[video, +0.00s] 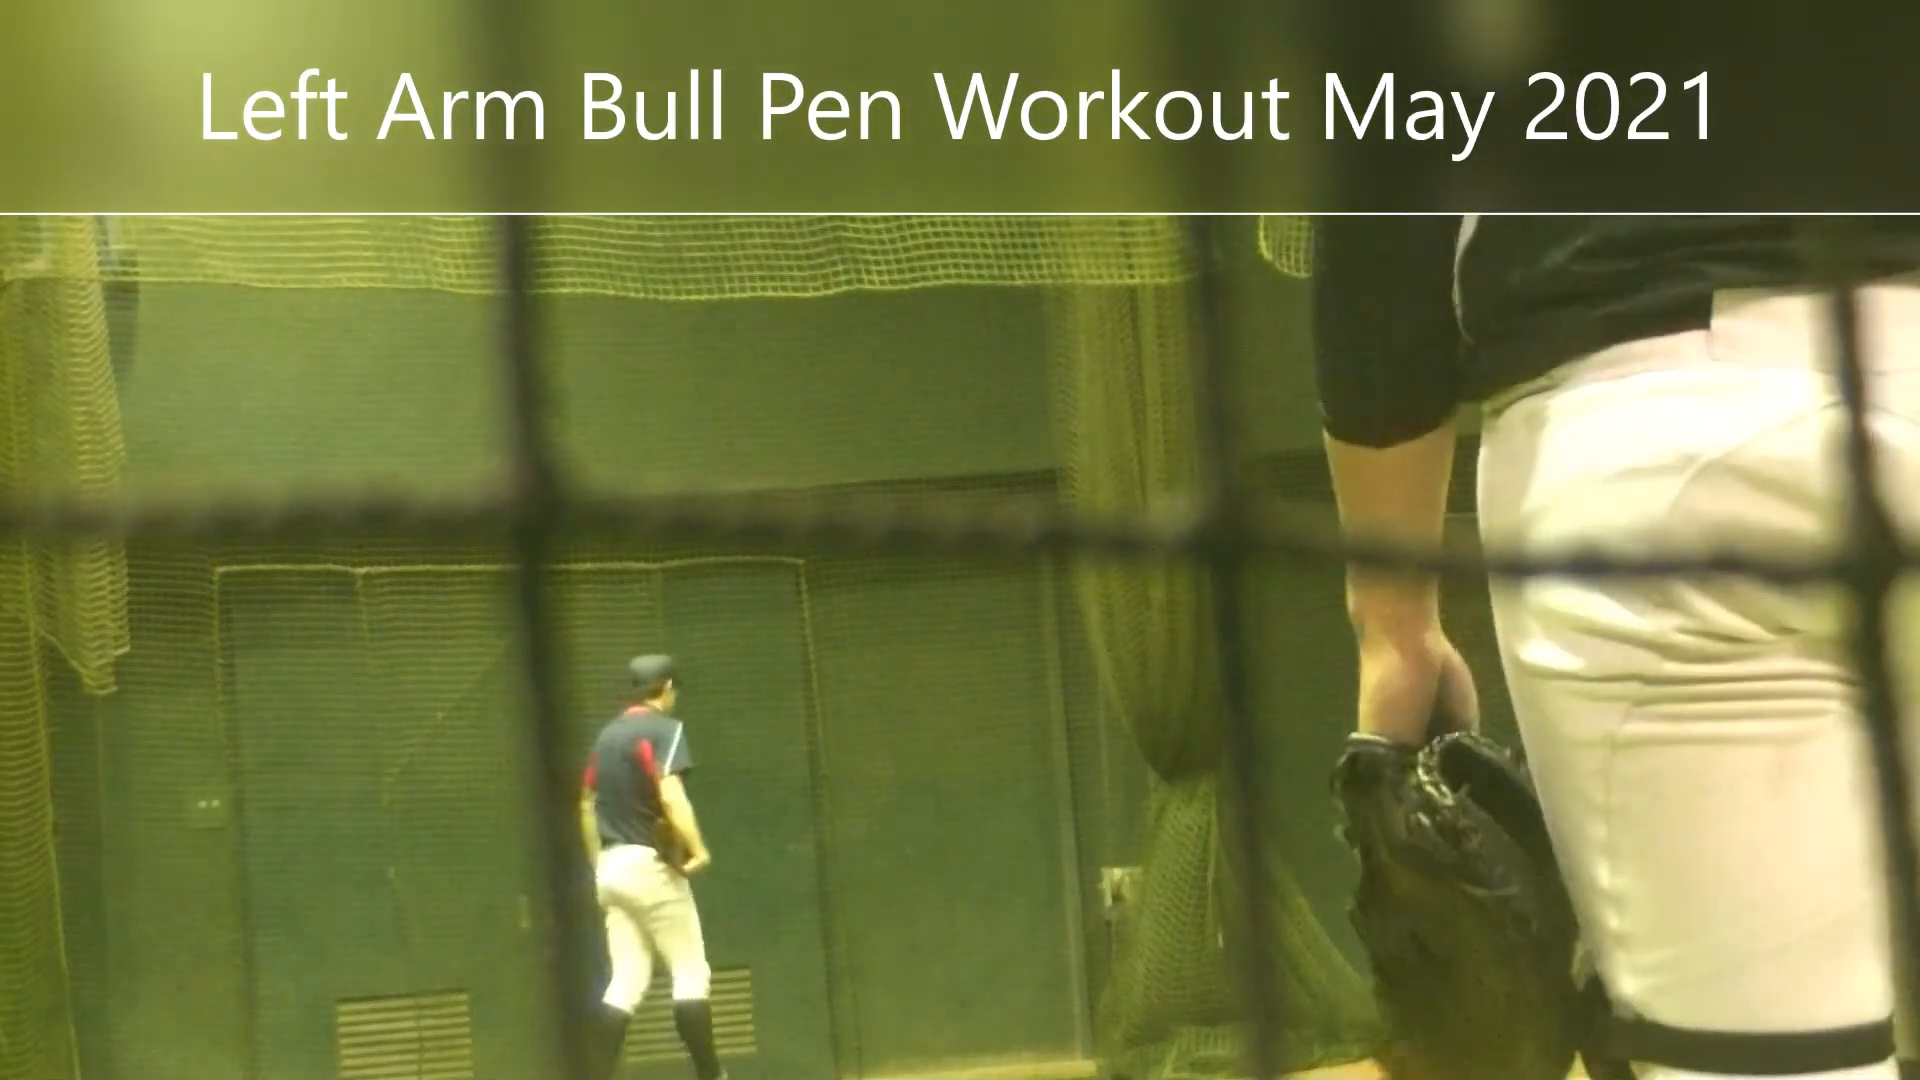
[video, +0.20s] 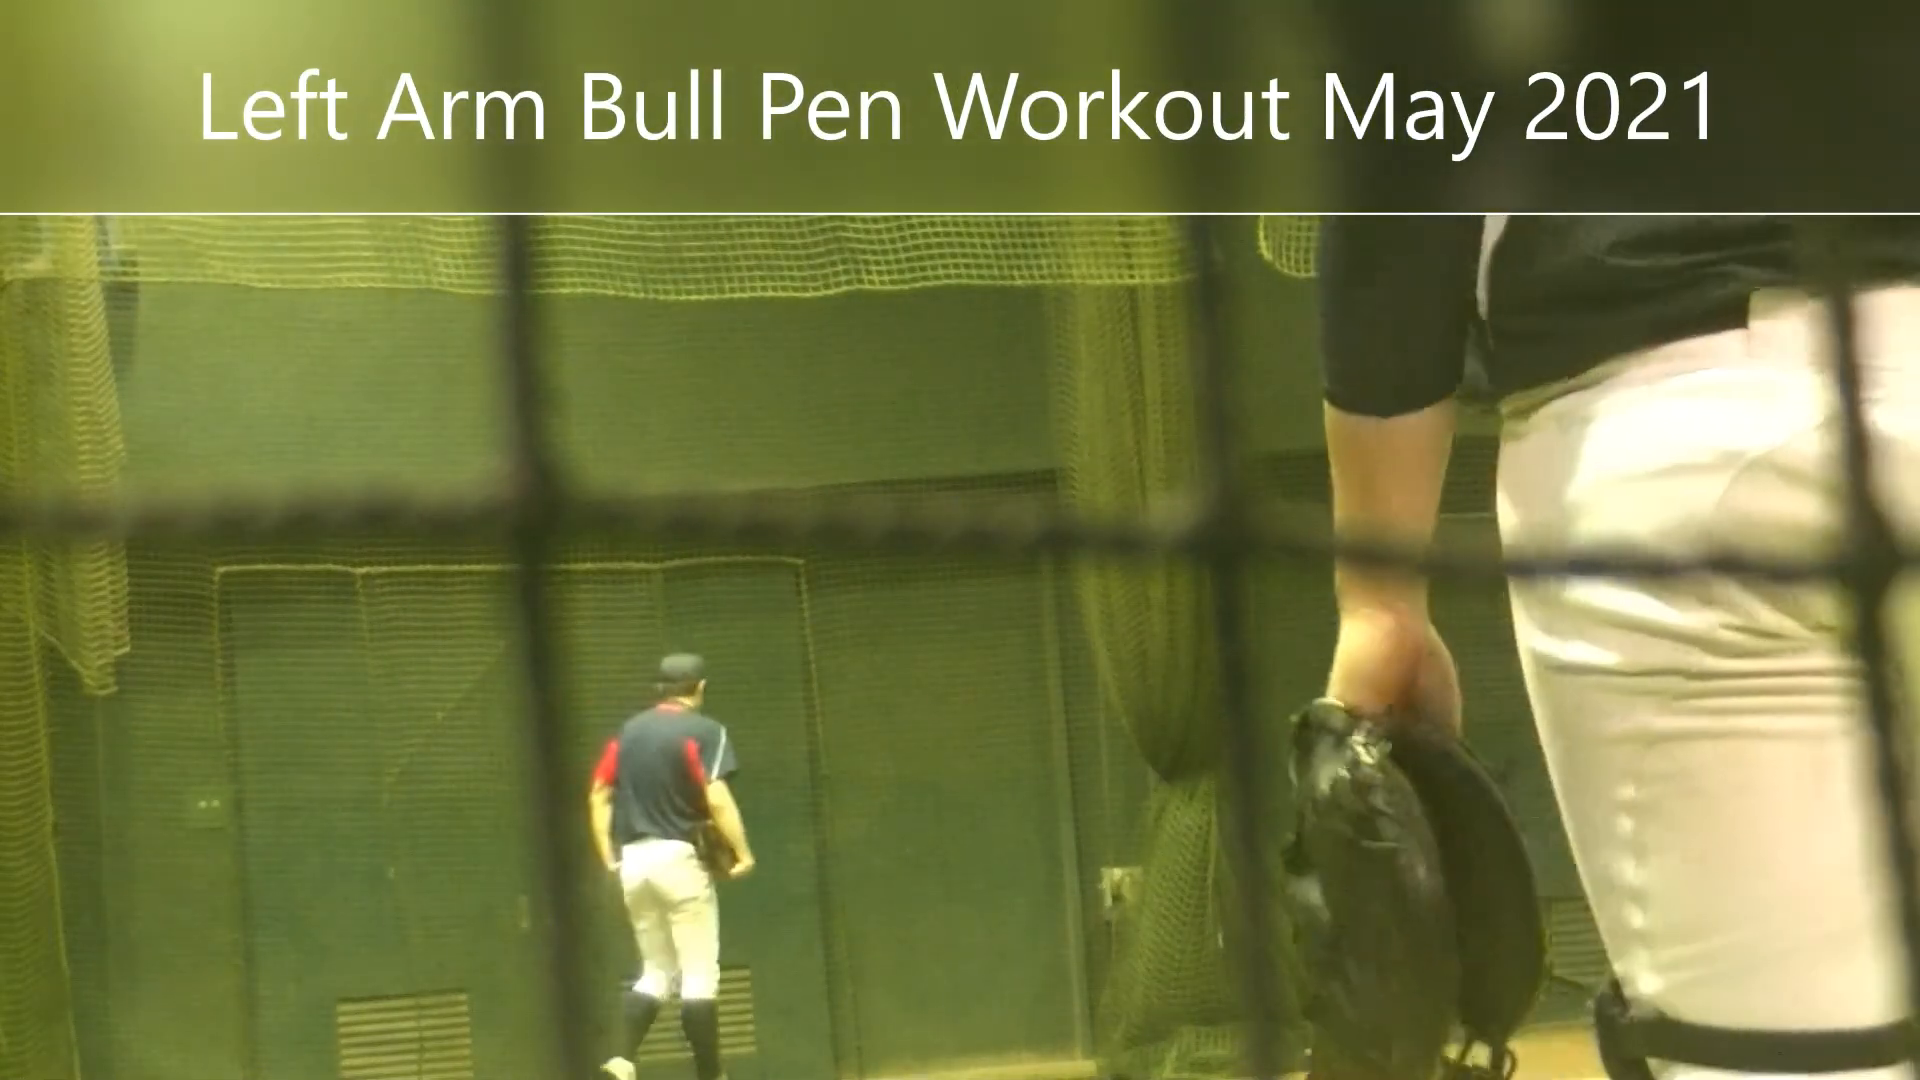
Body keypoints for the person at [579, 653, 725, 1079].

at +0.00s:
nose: (674, 693)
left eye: (671, 686)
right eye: (672, 687)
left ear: (635, 691)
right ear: (663, 689)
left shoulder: (607, 733)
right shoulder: (664, 730)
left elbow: (587, 801)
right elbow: (670, 792)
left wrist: (596, 859)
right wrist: (698, 848)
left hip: (609, 863)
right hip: (648, 861)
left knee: (628, 976)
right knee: (689, 969)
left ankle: (595, 1072)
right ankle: (709, 1072)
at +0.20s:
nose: (703, 692)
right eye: (703, 687)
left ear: (660, 688)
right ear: (698, 688)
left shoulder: (627, 731)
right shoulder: (705, 731)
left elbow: (600, 795)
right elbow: (716, 795)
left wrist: (607, 854)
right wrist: (743, 851)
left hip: (631, 858)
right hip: (680, 856)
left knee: (656, 968)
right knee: (698, 970)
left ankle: (622, 1058)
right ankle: (710, 1072)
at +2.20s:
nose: (696, 709)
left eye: (695, 704)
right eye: (696, 704)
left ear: (657, 699)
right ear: (690, 700)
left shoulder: (621, 735)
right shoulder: (695, 733)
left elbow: (580, 797)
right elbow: (719, 795)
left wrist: (605, 859)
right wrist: (753, 842)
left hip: (627, 860)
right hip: (673, 859)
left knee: (644, 967)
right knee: (704, 960)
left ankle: (616, 1070)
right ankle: (713, 1068)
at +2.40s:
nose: (676, 721)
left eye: (679, 716)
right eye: (677, 714)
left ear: (642, 700)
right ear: (667, 703)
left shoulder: (602, 737)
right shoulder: (659, 730)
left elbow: (582, 804)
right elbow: (668, 790)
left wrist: (612, 837)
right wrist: (710, 830)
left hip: (603, 861)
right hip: (644, 859)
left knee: (623, 972)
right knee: (680, 963)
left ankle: (606, 1072)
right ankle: (706, 1067)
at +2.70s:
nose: (655, 720)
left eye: (659, 713)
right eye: (658, 711)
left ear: (635, 695)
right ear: (644, 697)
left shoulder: (595, 731)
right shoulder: (622, 733)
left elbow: (607, 802)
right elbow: (614, 804)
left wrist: (654, 825)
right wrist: (658, 847)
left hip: (585, 858)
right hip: (614, 858)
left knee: (614, 969)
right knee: (655, 959)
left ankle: (606, 1071)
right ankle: (644, 1066)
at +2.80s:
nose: (651, 718)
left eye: (654, 711)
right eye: (652, 709)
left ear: (630, 696)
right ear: (637, 697)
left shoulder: (599, 731)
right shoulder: (613, 734)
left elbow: (626, 785)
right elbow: (601, 807)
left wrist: (682, 792)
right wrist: (646, 851)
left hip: (589, 859)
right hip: (607, 859)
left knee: (615, 968)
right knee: (640, 962)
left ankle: (601, 1066)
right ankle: (620, 1067)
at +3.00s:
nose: (647, 718)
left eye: (650, 710)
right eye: (646, 708)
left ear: (629, 701)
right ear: (626, 698)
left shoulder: (612, 739)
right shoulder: (598, 739)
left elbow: (653, 755)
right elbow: (572, 808)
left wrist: (708, 735)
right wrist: (616, 855)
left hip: (619, 868)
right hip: (595, 867)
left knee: (625, 975)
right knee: (617, 975)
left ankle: (607, 1069)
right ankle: (600, 1070)